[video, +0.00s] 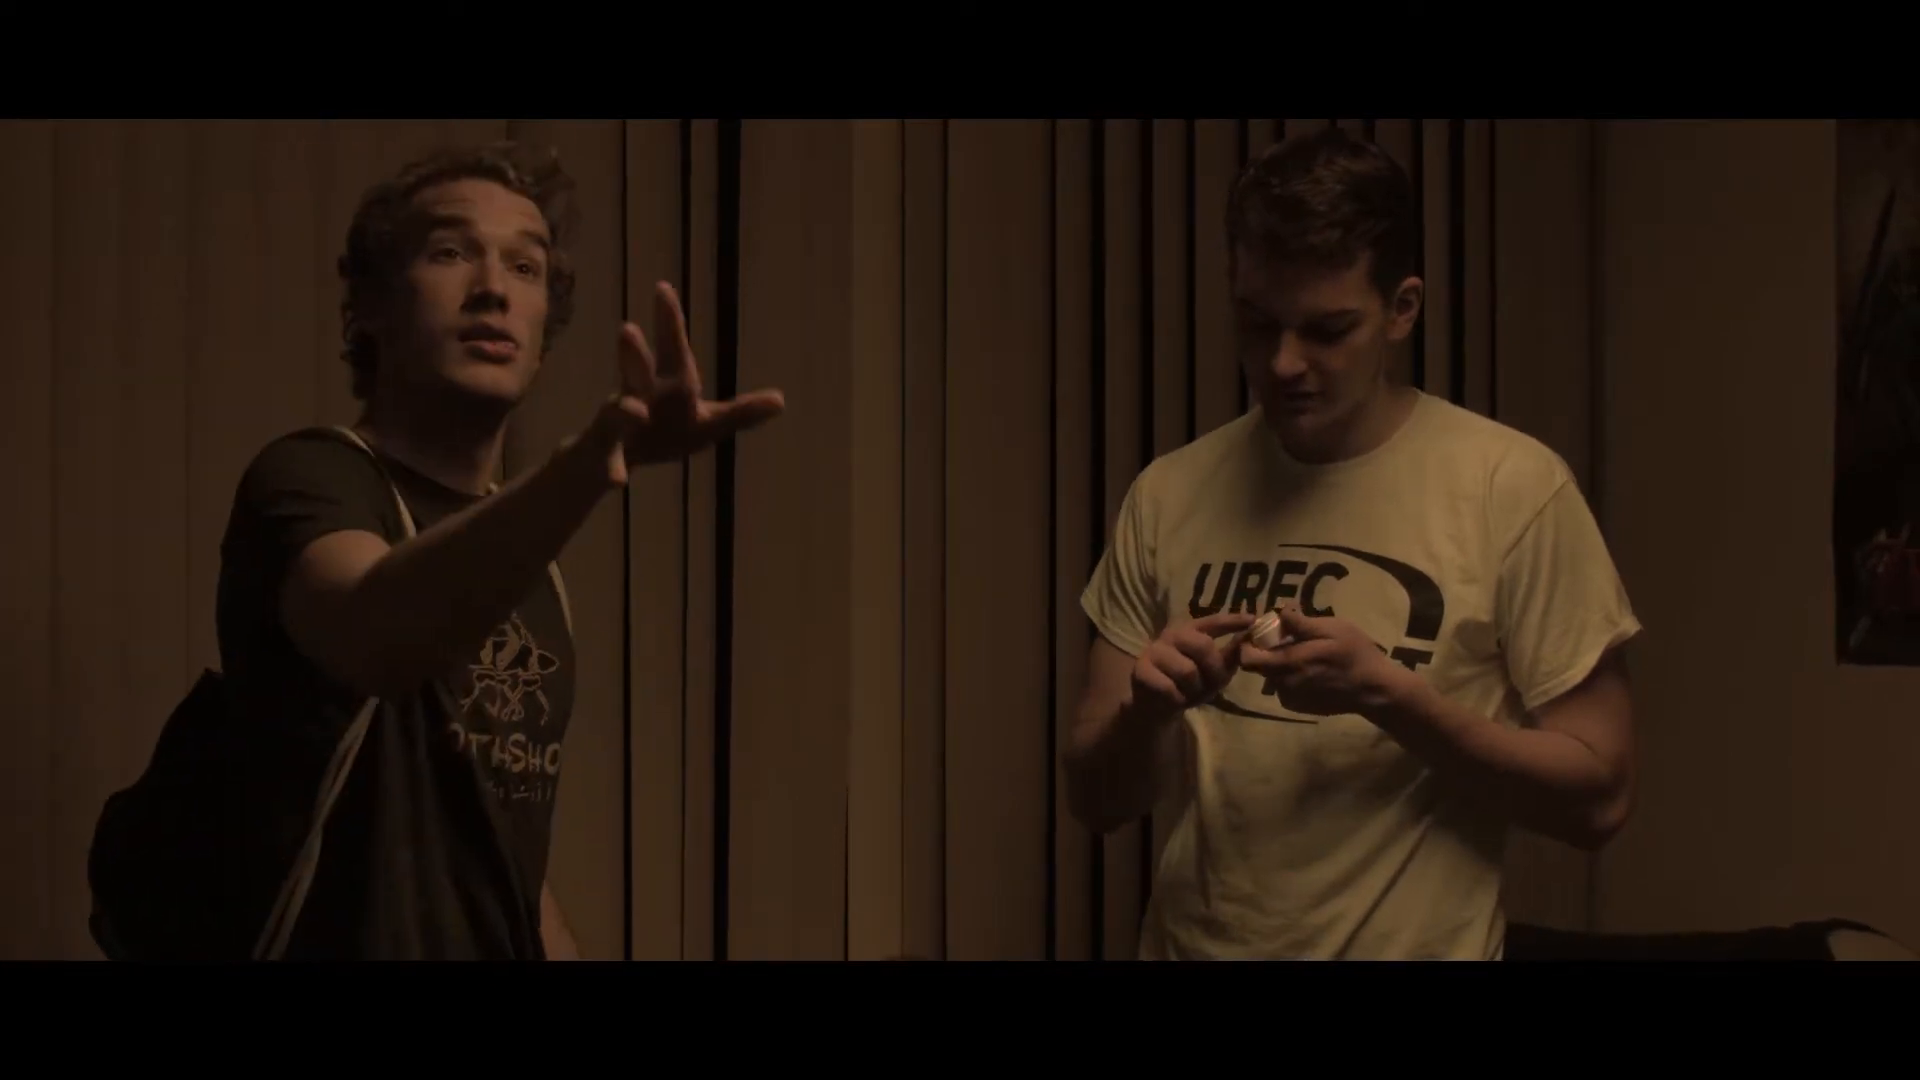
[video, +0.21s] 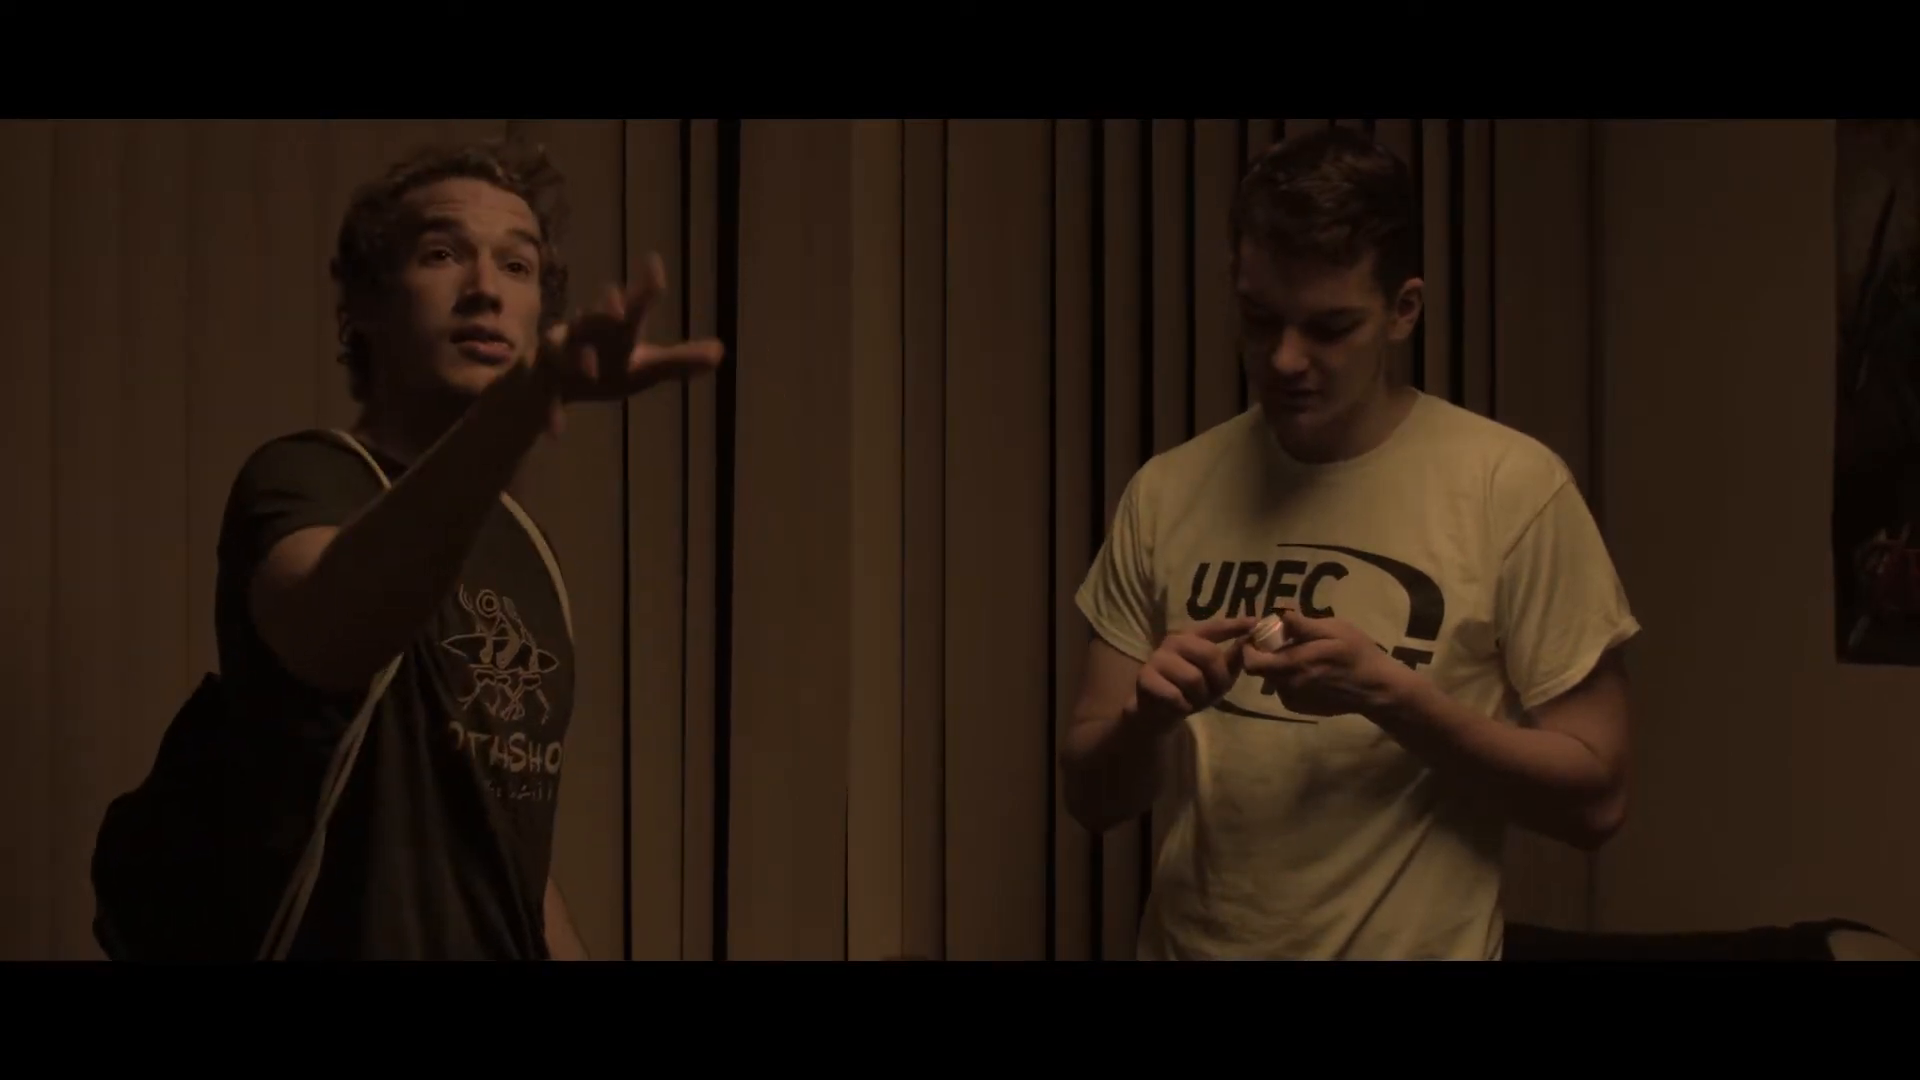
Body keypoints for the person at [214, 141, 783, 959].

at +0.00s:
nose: (495, 284)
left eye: (524, 265)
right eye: (451, 252)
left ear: (547, 322)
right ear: (367, 306)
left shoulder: (532, 562)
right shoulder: (309, 476)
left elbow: (504, 848)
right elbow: (369, 635)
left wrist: (555, 943)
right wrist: (588, 464)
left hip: (477, 940)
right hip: (315, 931)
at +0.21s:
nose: (484, 286)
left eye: (515, 263)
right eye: (440, 255)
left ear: (549, 305)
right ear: (365, 304)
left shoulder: (521, 541)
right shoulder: (305, 477)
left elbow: (506, 833)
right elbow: (325, 636)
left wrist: (560, 946)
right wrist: (527, 397)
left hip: (477, 936)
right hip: (312, 927)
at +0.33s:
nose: (490, 306)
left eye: (521, 277)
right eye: (445, 269)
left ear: (547, 322)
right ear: (366, 311)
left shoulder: (534, 538)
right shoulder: (305, 496)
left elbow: (511, 826)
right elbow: (252, 762)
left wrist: (563, 941)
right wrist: (429, 570)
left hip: (492, 942)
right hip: (324, 936)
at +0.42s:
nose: (485, 332)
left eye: (518, 298)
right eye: (444, 292)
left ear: (549, 329)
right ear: (371, 323)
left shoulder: (529, 539)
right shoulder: (306, 517)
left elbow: (522, 829)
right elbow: (212, 831)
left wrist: (568, 943)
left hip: (497, 946)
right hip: (332, 945)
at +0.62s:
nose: (434, 427)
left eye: (470, 380)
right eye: (398, 384)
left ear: (529, 368)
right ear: (355, 374)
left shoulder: (583, 542)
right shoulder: (260, 583)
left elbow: (590, 830)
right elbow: (184, 885)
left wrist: (628, 950)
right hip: (338, 947)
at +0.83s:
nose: (364, 466)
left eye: (399, 420)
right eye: (333, 426)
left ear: (484, 396)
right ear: (308, 413)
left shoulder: (623, 556)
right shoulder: (240, 586)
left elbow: (698, 821)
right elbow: (174, 862)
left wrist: (750, 954)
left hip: (556, 947)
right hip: (324, 950)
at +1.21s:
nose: (286, 488)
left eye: (317, 445)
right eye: (262, 450)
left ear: (413, 410)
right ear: (241, 431)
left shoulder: (595, 539)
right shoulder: (223, 596)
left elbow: (721, 780)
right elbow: (208, 845)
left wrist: (763, 947)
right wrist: (170, 908)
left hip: (567, 945)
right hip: (341, 955)